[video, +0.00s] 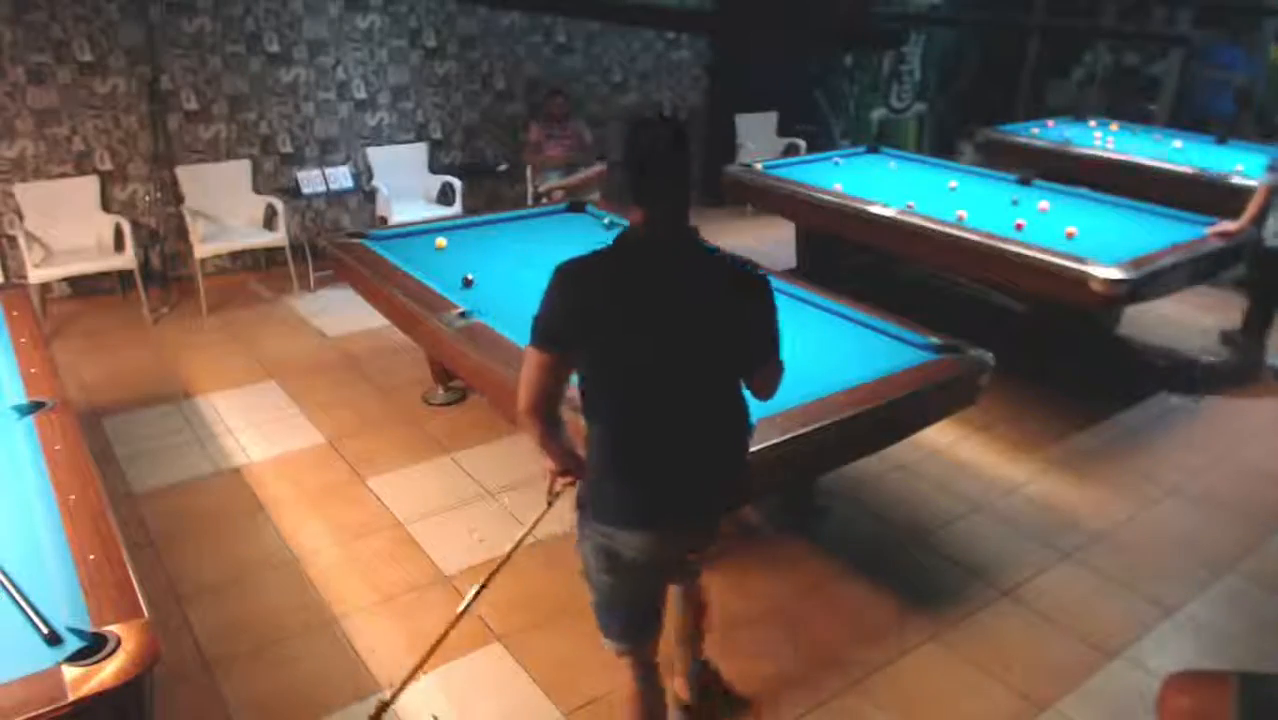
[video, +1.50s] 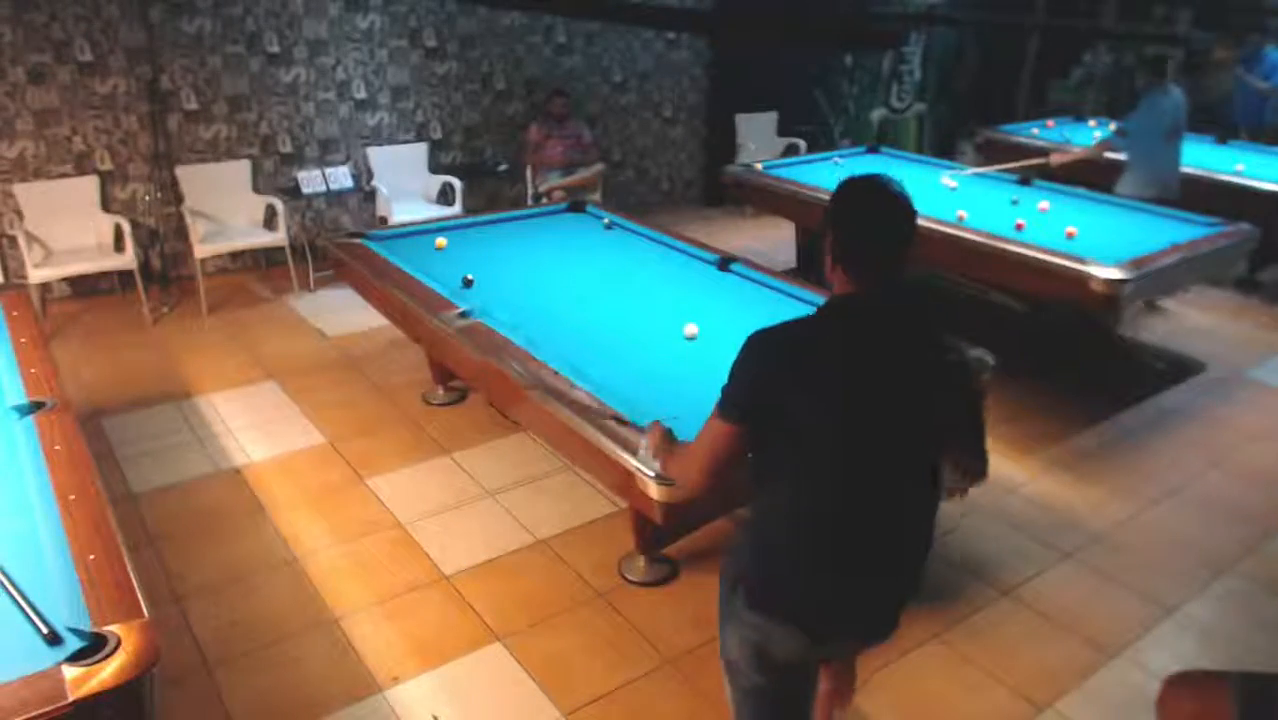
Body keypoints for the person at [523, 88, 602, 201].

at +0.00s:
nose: (559, 109)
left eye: (562, 105)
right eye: (555, 105)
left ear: (567, 106)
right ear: (547, 107)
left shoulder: (577, 125)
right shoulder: (538, 127)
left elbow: (590, 152)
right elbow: (531, 156)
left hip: (575, 169)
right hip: (548, 171)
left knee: (602, 169)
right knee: (558, 196)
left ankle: (549, 189)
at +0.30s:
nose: (559, 109)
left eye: (562, 105)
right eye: (555, 105)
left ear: (568, 106)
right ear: (547, 107)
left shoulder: (576, 125)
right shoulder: (539, 126)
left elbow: (590, 151)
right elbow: (531, 157)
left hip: (575, 168)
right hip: (549, 170)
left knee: (602, 169)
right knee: (558, 196)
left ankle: (549, 189)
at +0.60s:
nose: (559, 110)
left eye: (563, 106)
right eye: (556, 105)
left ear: (569, 107)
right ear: (548, 106)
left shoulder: (578, 126)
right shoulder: (538, 126)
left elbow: (591, 154)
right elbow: (529, 156)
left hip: (576, 167)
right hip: (549, 170)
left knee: (600, 168)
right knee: (558, 196)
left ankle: (551, 188)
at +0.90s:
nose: (560, 110)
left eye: (564, 106)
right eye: (556, 105)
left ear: (568, 107)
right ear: (549, 106)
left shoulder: (578, 126)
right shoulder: (539, 126)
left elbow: (591, 152)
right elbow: (529, 156)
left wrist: (572, 158)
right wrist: (557, 161)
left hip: (576, 166)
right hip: (550, 169)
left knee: (600, 168)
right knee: (559, 196)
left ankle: (551, 188)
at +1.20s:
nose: (560, 110)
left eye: (563, 106)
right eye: (556, 105)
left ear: (569, 107)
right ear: (549, 106)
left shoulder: (578, 126)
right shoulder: (539, 126)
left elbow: (591, 151)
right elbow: (529, 156)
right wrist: (558, 160)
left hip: (576, 166)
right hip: (549, 169)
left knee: (600, 168)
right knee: (559, 196)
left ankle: (550, 188)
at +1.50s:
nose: (560, 110)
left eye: (563, 106)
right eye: (556, 105)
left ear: (569, 107)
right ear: (548, 106)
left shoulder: (578, 126)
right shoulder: (539, 127)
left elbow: (592, 153)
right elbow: (530, 157)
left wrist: (573, 160)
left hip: (577, 167)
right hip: (549, 171)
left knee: (600, 168)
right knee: (559, 196)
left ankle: (549, 188)